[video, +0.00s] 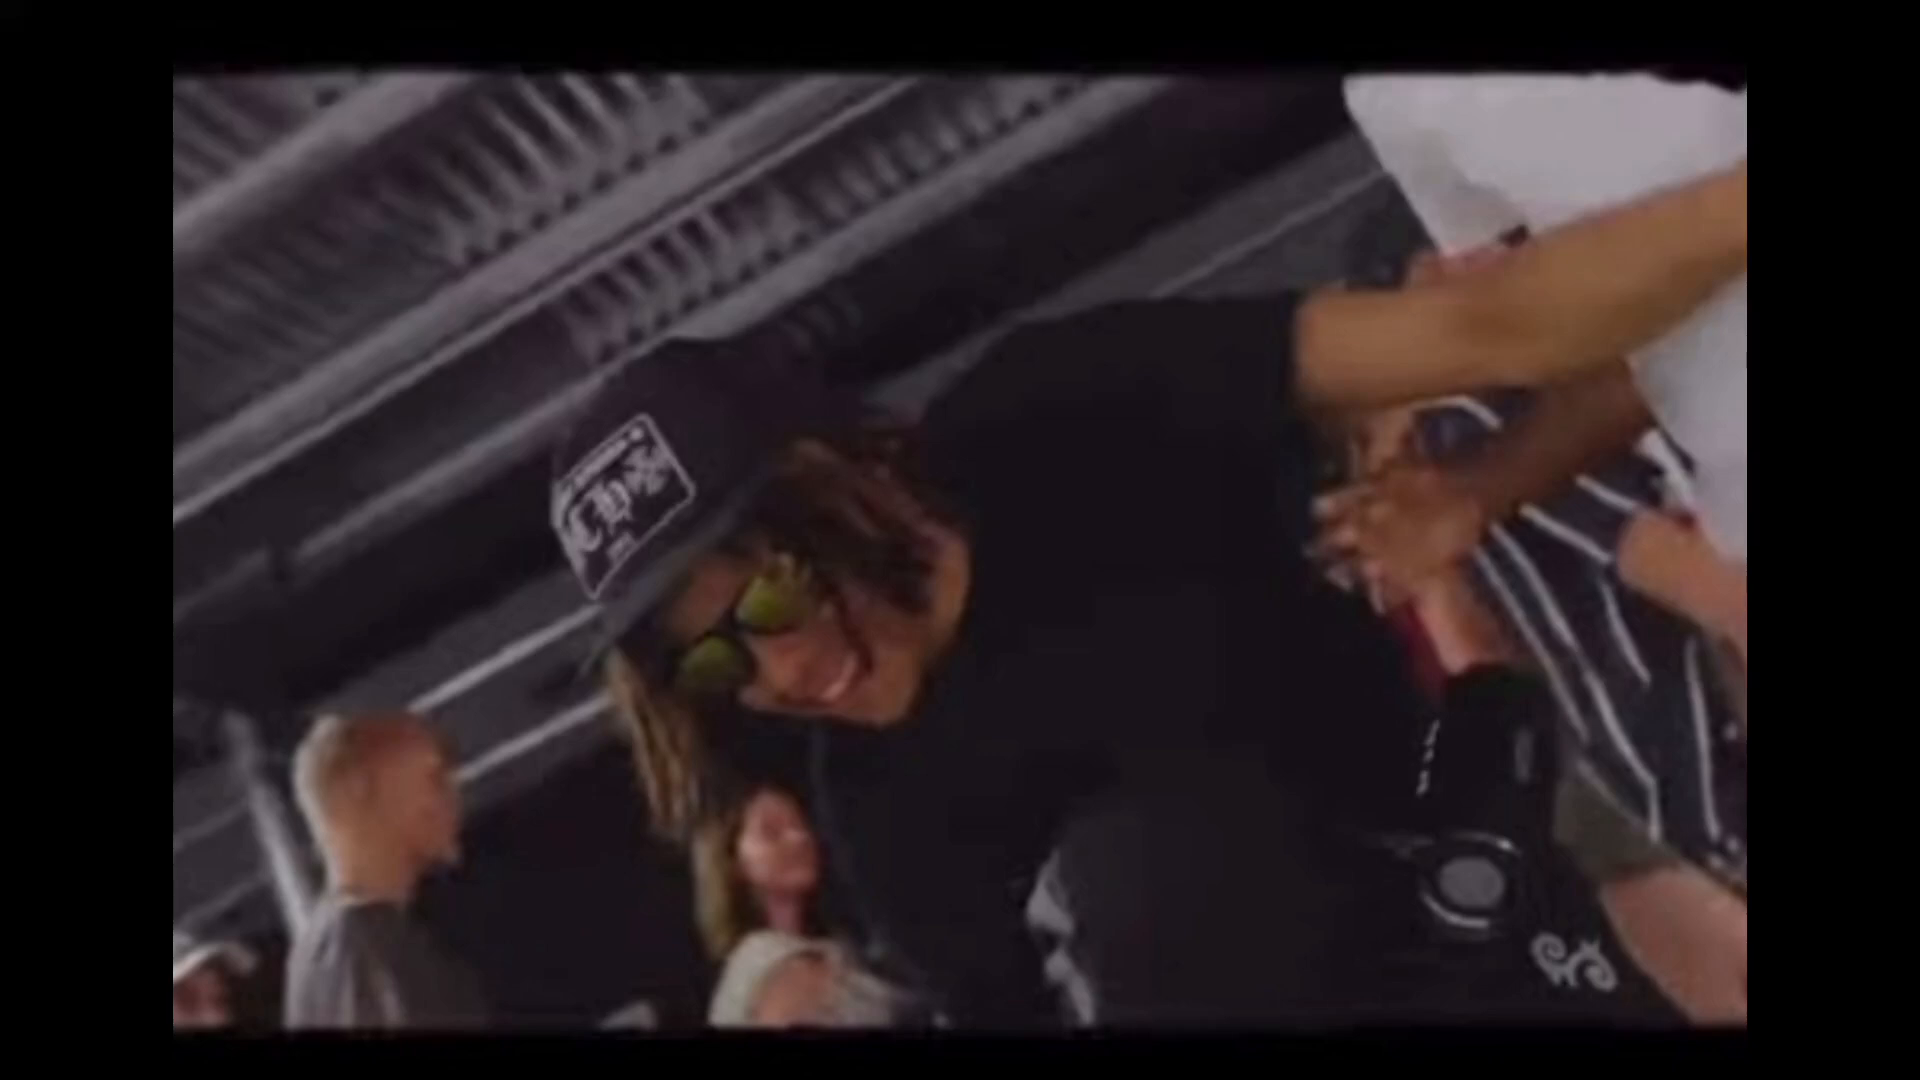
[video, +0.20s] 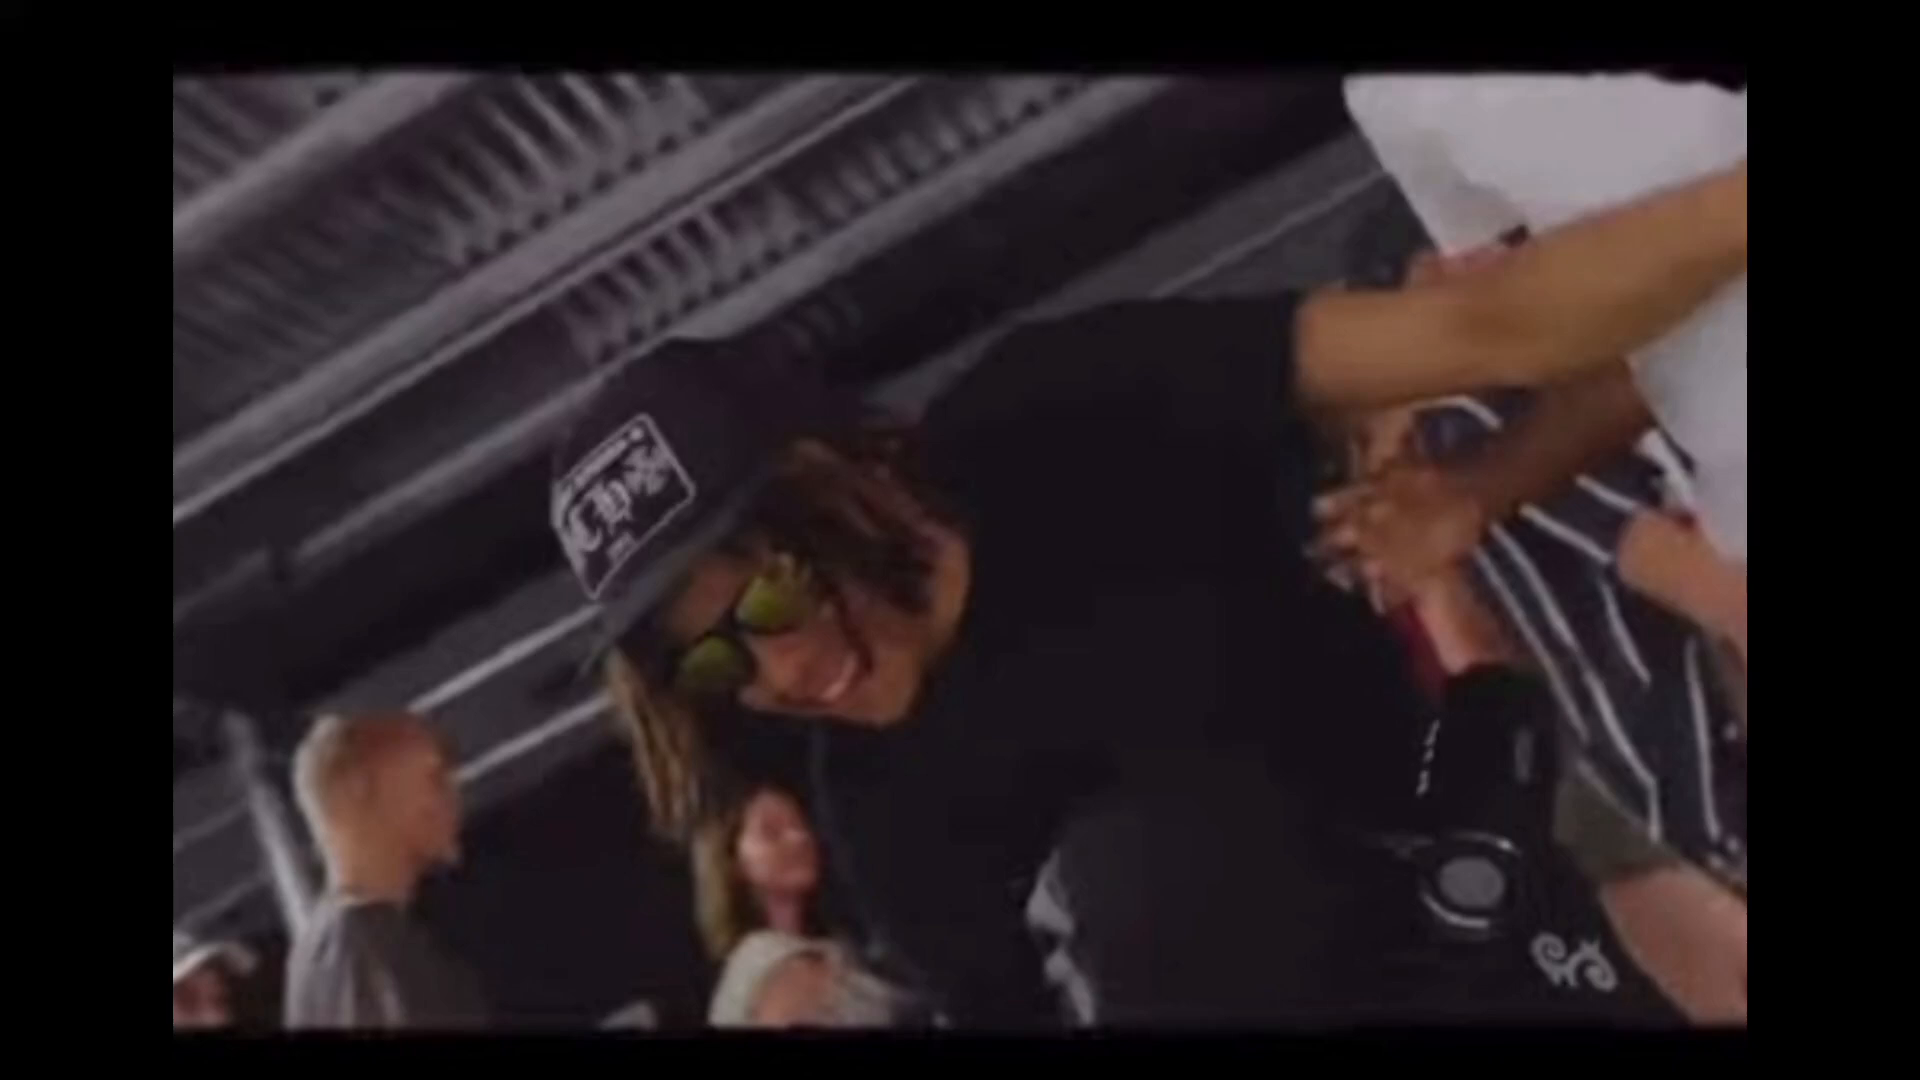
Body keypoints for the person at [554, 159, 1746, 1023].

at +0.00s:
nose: (768, 656)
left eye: (761, 582)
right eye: (708, 654)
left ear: (835, 476)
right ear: (687, 685)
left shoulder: (1052, 404)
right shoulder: (886, 847)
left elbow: (1472, 328)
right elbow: (1031, 1024)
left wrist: (1740, 208)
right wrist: (837, 995)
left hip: (1477, 844)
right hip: (1240, 973)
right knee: (1136, 862)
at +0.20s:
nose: (768, 656)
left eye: (761, 582)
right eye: (708, 654)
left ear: (835, 476)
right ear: (687, 685)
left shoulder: (1052, 404)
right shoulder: (886, 847)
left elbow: (1472, 328)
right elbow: (1031, 1024)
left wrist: (1740, 208)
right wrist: (837, 995)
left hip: (1477, 844)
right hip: (1240, 973)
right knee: (1136, 862)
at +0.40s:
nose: (768, 656)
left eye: (761, 582)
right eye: (708, 654)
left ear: (835, 476)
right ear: (687, 685)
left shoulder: (1052, 404)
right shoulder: (886, 847)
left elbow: (1472, 328)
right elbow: (1031, 1024)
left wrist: (1740, 208)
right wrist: (837, 995)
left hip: (1477, 844)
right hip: (1240, 973)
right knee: (1136, 862)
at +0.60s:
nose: (768, 656)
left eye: (761, 582)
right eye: (708, 654)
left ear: (835, 476)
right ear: (687, 685)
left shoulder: (1052, 404)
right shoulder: (886, 847)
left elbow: (1472, 328)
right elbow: (1031, 1024)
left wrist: (1740, 208)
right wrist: (837, 995)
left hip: (1477, 844)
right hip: (1240, 973)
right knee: (1136, 862)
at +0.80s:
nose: (768, 656)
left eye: (761, 582)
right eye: (708, 654)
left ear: (835, 476)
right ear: (687, 685)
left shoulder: (1052, 404)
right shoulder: (886, 847)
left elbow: (1472, 328)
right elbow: (1031, 1024)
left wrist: (1740, 208)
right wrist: (837, 995)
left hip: (1477, 844)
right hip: (1240, 973)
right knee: (1136, 862)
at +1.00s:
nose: (768, 656)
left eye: (761, 582)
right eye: (708, 654)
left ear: (835, 476)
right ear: (687, 685)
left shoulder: (1052, 404)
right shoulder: (886, 847)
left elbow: (1472, 328)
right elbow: (1031, 1024)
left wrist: (1740, 208)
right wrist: (837, 995)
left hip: (1477, 844)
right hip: (1240, 973)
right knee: (1136, 862)